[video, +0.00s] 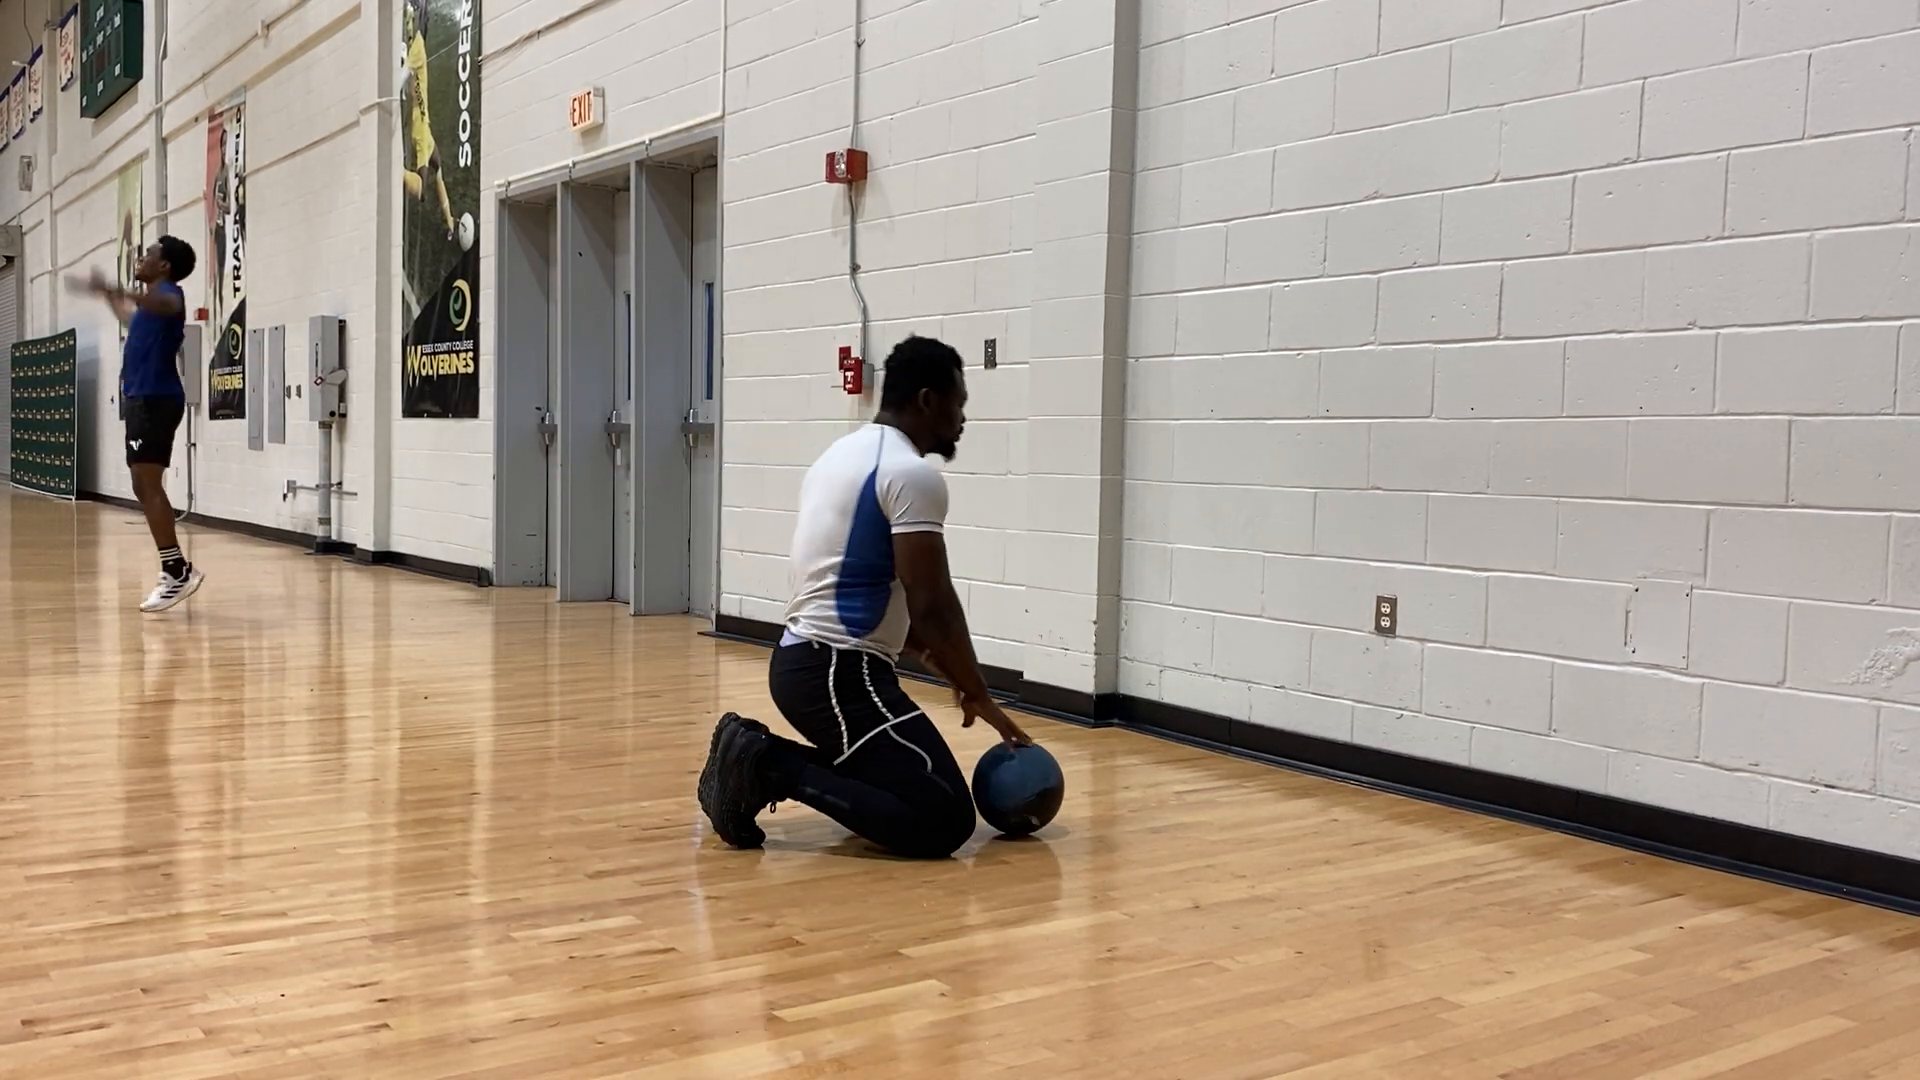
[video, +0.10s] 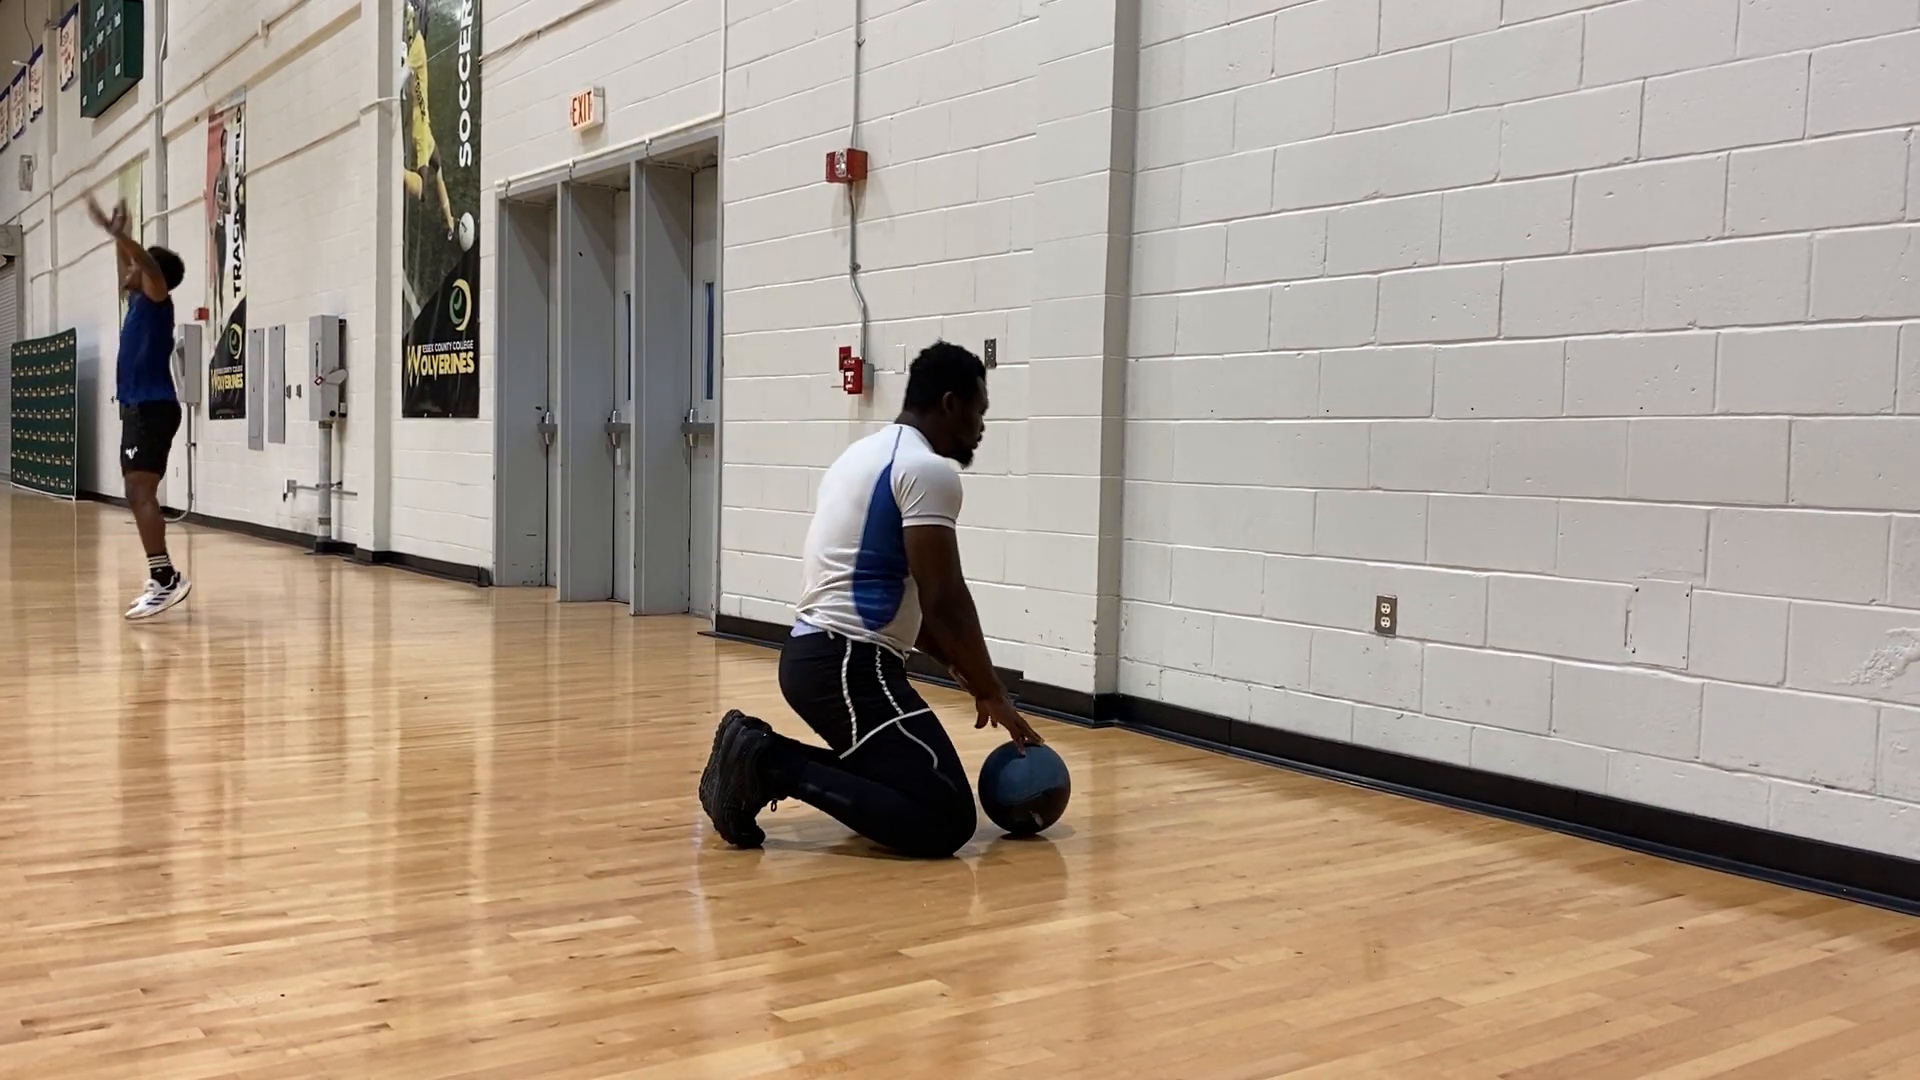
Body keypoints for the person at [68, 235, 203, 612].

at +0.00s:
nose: (142, 257)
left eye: (149, 254)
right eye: (146, 252)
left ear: (164, 264)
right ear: (163, 265)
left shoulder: (168, 292)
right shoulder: (151, 300)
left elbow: (165, 306)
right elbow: (129, 318)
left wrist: (112, 291)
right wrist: (107, 295)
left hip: (155, 399)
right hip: (143, 399)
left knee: (147, 487)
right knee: (146, 487)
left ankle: (176, 573)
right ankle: (177, 570)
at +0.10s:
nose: (130, 268)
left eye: (138, 264)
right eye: (131, 264)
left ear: (157, 275)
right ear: (140, 271)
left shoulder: (156, 303)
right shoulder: (139, 303)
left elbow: (147, 269)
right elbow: (128, 268)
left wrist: (124, 236)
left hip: (153, 408)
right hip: (139, 408)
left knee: (141, 493)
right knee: (136, 492)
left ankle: (164, 580)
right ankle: (164, 576)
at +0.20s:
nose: (117, 292)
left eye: (127, 287)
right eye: (121, 286)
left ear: (143, 297)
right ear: (131, 295)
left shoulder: (143, 324)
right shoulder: (134, 325)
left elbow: (134, 275)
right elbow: (130, 274)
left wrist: (133, 228)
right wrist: (131, 229)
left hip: (149, 432)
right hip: (140, 431)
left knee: (121, 514)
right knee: (120, 514)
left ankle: (167, 589)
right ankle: (164, 587)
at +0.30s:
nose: (119, 274)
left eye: (128, 271)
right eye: (120, 271)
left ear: (142, 285)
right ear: (133, 286)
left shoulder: (141, 313)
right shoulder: (125, 314)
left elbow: (134, 263)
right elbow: (114, 273)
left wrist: (123, 213)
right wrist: (103, 230)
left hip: (137, 423)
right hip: (125, 423)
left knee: (118, 507)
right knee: (114, 508)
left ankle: (163, 583)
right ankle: (161, 581)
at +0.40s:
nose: (109, 265)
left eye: (116, 260)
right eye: (110, 259)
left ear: (134, 268)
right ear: (122, 264)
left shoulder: (138, 297)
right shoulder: (114, 300)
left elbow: (131, 271)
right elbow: (94, 285)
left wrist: (107, 239)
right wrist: (71, 254)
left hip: (123, 401)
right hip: (111, 400)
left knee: (112, 489)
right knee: (109, 489)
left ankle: (148, 573)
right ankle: (148, 568)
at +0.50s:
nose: (98, 254)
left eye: (106, 250)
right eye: (102, 249)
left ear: (121, 262)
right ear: (117, 262)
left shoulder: (124, 291)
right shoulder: (109, 296)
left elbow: (135, 322)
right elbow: (101, 336)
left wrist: (102, 320)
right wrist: (65, 328)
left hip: (116, 397)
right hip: (103, 397)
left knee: (101, 486)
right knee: (96, 488)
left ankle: (126, 577)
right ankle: (128, 572)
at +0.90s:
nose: (65, 253)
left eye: (73, 249)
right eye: (69, 247)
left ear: (89, 259)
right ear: (85, 259)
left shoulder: (95, 288)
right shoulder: (78, 293)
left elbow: (110, 313)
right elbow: (60, 319)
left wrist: (69, 292)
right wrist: (31, 285)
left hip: (85, 396)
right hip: (71, 396)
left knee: (75, 486)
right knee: (70, 486)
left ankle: (101, 576)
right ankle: (99, 573)